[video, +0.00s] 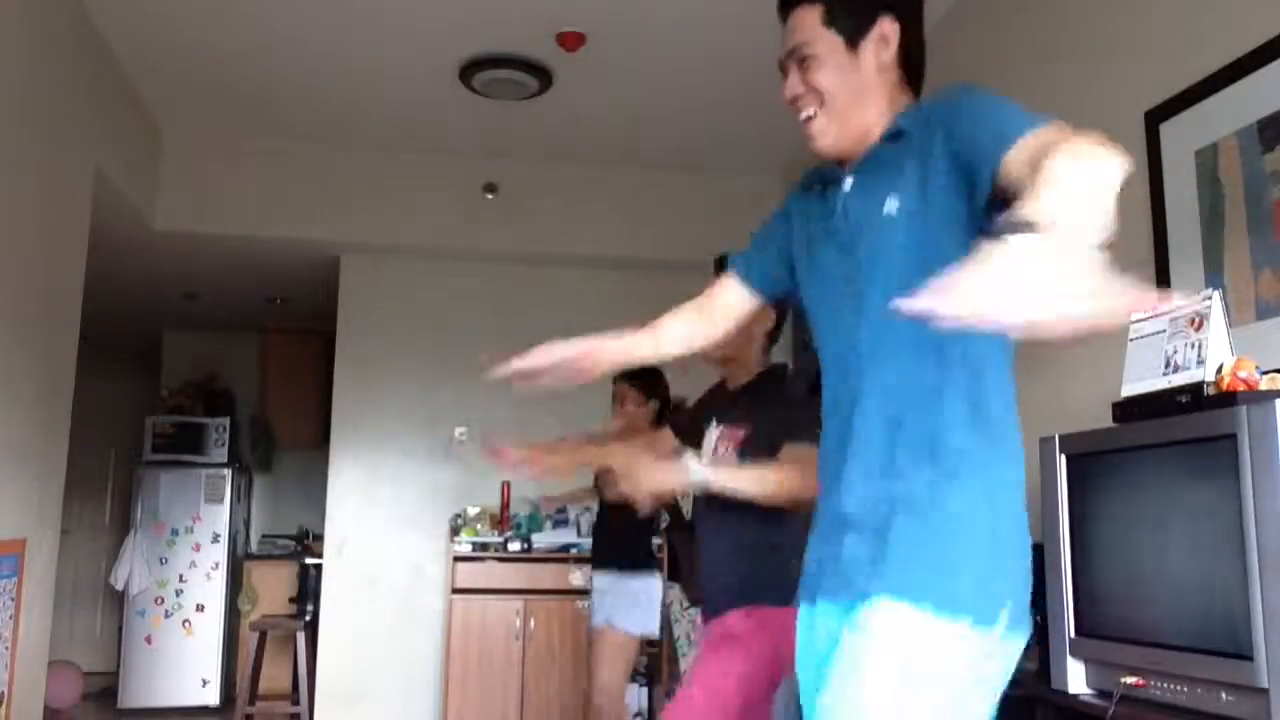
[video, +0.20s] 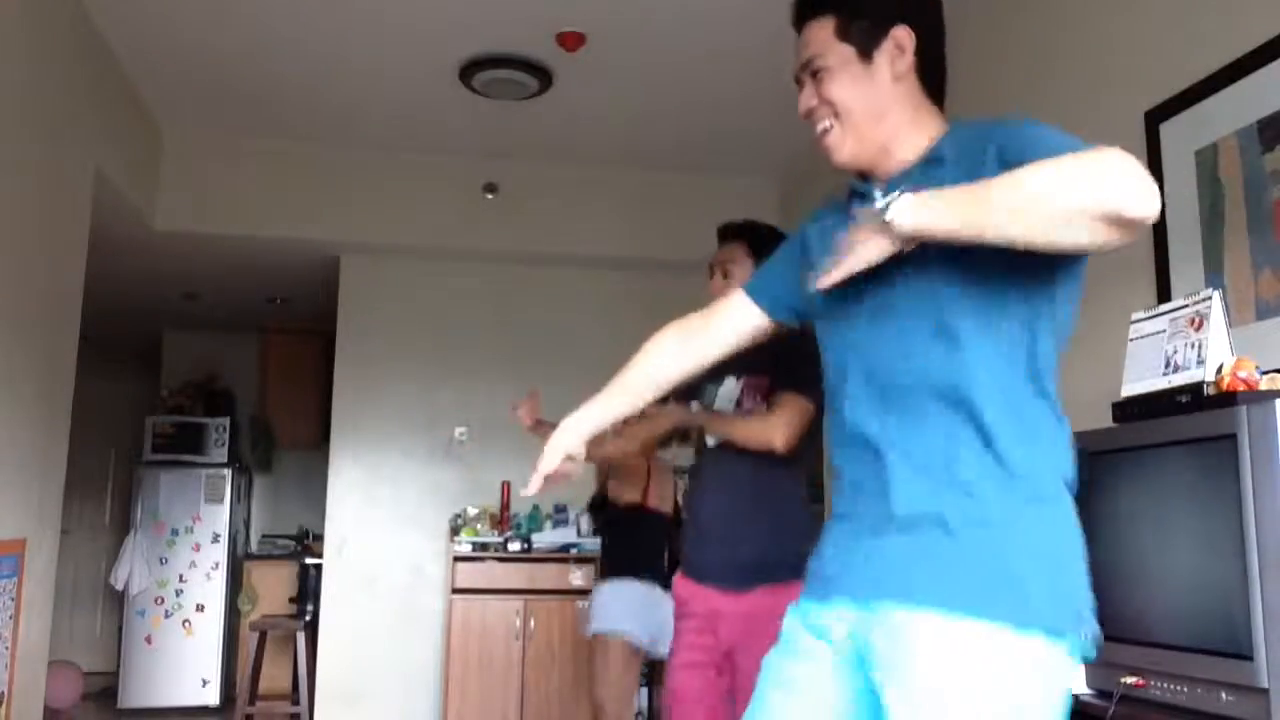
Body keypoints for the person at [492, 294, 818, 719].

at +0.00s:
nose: (719, 325)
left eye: (735, 312)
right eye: (719, 310)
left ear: (768, 320)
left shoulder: (790, 391)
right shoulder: (716, 400)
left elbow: (802, 480)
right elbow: (656, 445)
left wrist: (689, 473)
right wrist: (565, 454)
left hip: (768, 606)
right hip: (717, 604)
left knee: (690, 708)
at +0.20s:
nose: (717, 286)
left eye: (729, 272)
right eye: (713, 274)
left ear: (768, 276)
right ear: (709, 280)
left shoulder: (798, 347)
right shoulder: (708, 361)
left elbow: (781, 433)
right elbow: (637, 437)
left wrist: (694, 417)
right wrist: (562, 437)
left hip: (772, 587)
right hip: (698, 583)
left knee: (766, 710)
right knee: (689, 710)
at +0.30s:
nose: (714, 307)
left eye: (730, 294)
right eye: (714, 293)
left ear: (769, 302)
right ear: (712, 299)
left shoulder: (803, 379)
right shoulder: (720, 386)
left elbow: (795, 478)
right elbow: (659, 460)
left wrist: (691, 451)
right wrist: (580, 447)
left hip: (778, 620)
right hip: (700, 613)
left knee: (776, 712)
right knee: (691, 713)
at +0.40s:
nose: (718, 316)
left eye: (731, 301)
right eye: (713, 303)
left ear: (774, 310)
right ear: (710, 310)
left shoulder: (803, 393)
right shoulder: (721, 399)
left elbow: (811, 483)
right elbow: (663, 457)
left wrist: (700, 449)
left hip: (779, 638)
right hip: (704, 630)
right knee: (669, 711)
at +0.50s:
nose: (705, 300)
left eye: (717, 287)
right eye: (706, 287)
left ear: (762, 298)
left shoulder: (794, 371)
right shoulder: (711, 375)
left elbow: (824, 441)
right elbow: (657, 431)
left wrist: (738, 394)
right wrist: (568, 424)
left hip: (773, 617)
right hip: (707, 613)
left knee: (767, 713)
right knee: (665, 711)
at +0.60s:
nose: (694, 291)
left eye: (709, 277)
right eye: (694, 278)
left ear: (752, 290)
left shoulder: (775, 360)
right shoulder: (710, 365)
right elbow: (654, 401)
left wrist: (773, 423)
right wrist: (601, 393)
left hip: (756, 581)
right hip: (710, 580)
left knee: (730, 709)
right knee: (692, 709)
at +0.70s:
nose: (691, 309)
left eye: (706, 295)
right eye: (692, 295)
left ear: (749, 309)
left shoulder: (771, 383)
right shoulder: (699, 392)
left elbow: (816, 456)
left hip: (746, 598)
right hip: (706, 597)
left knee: (706, 712)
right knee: (709, 711)